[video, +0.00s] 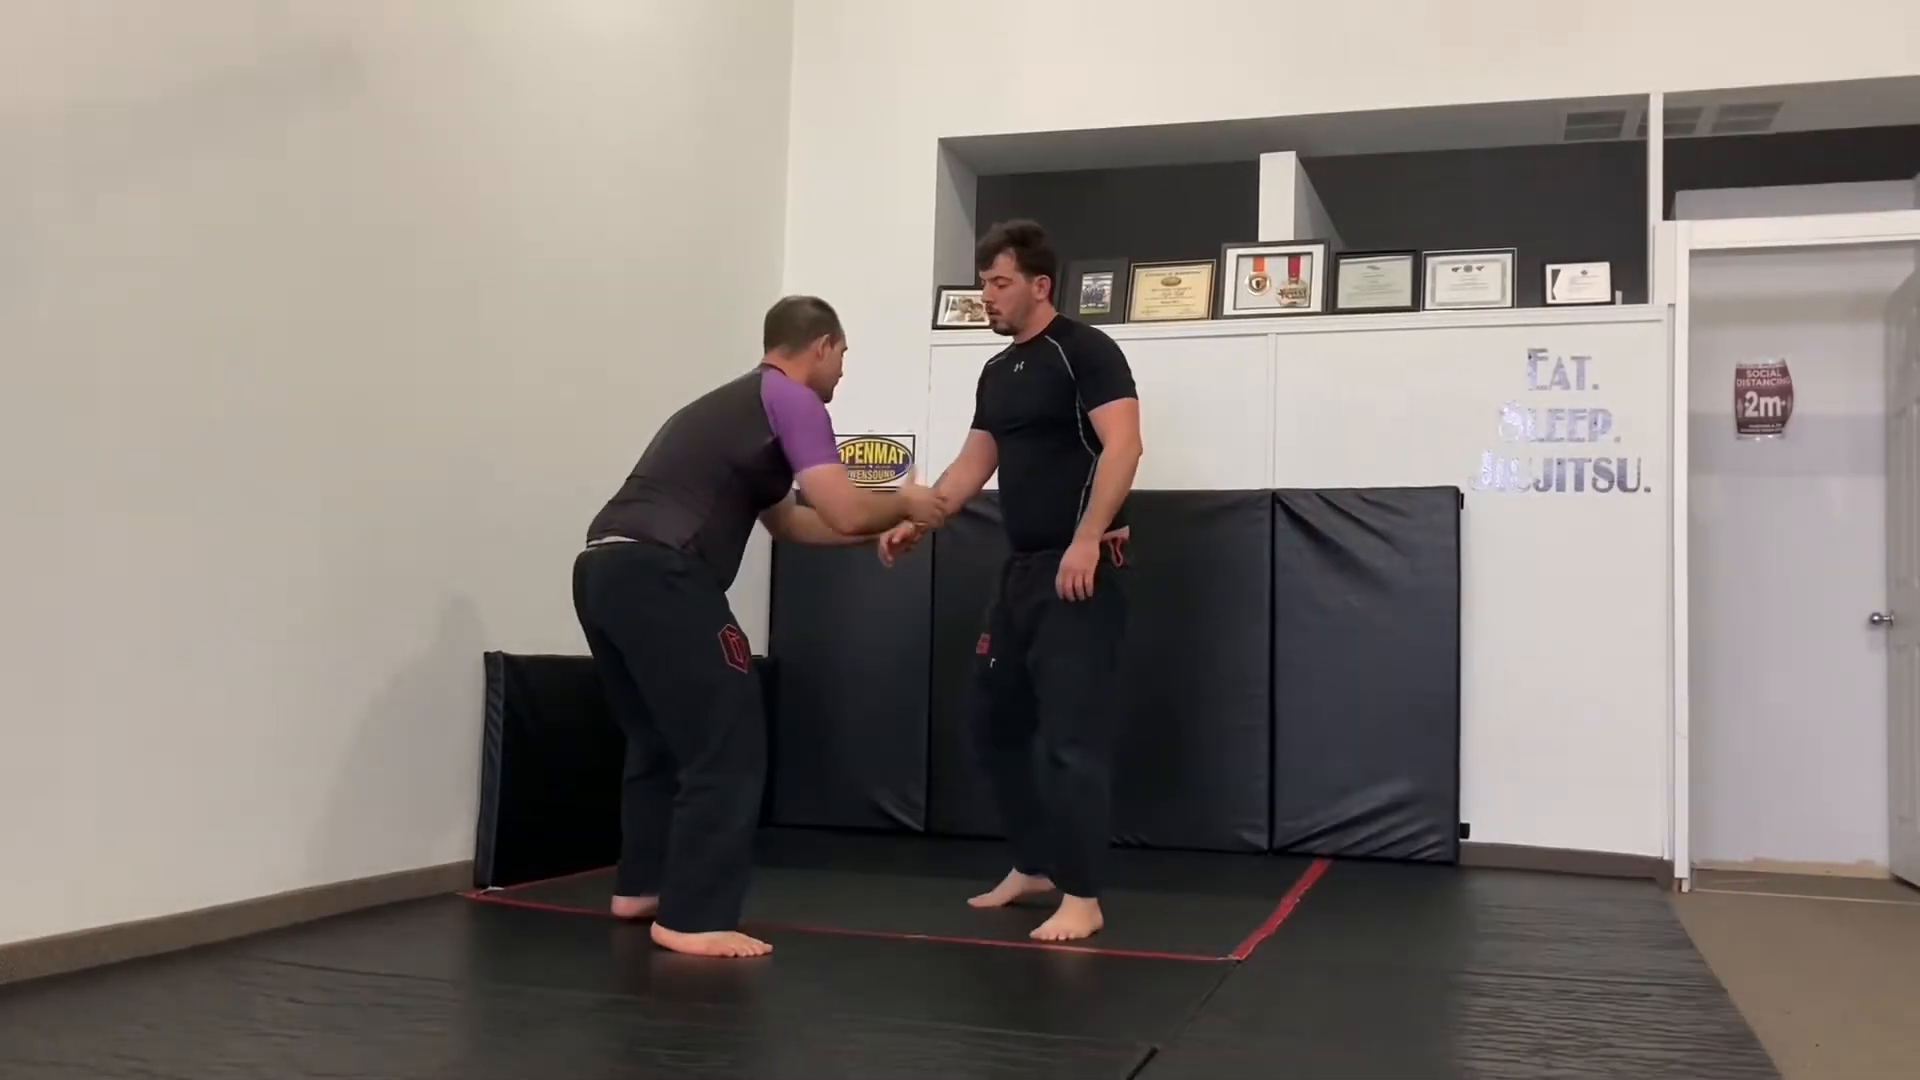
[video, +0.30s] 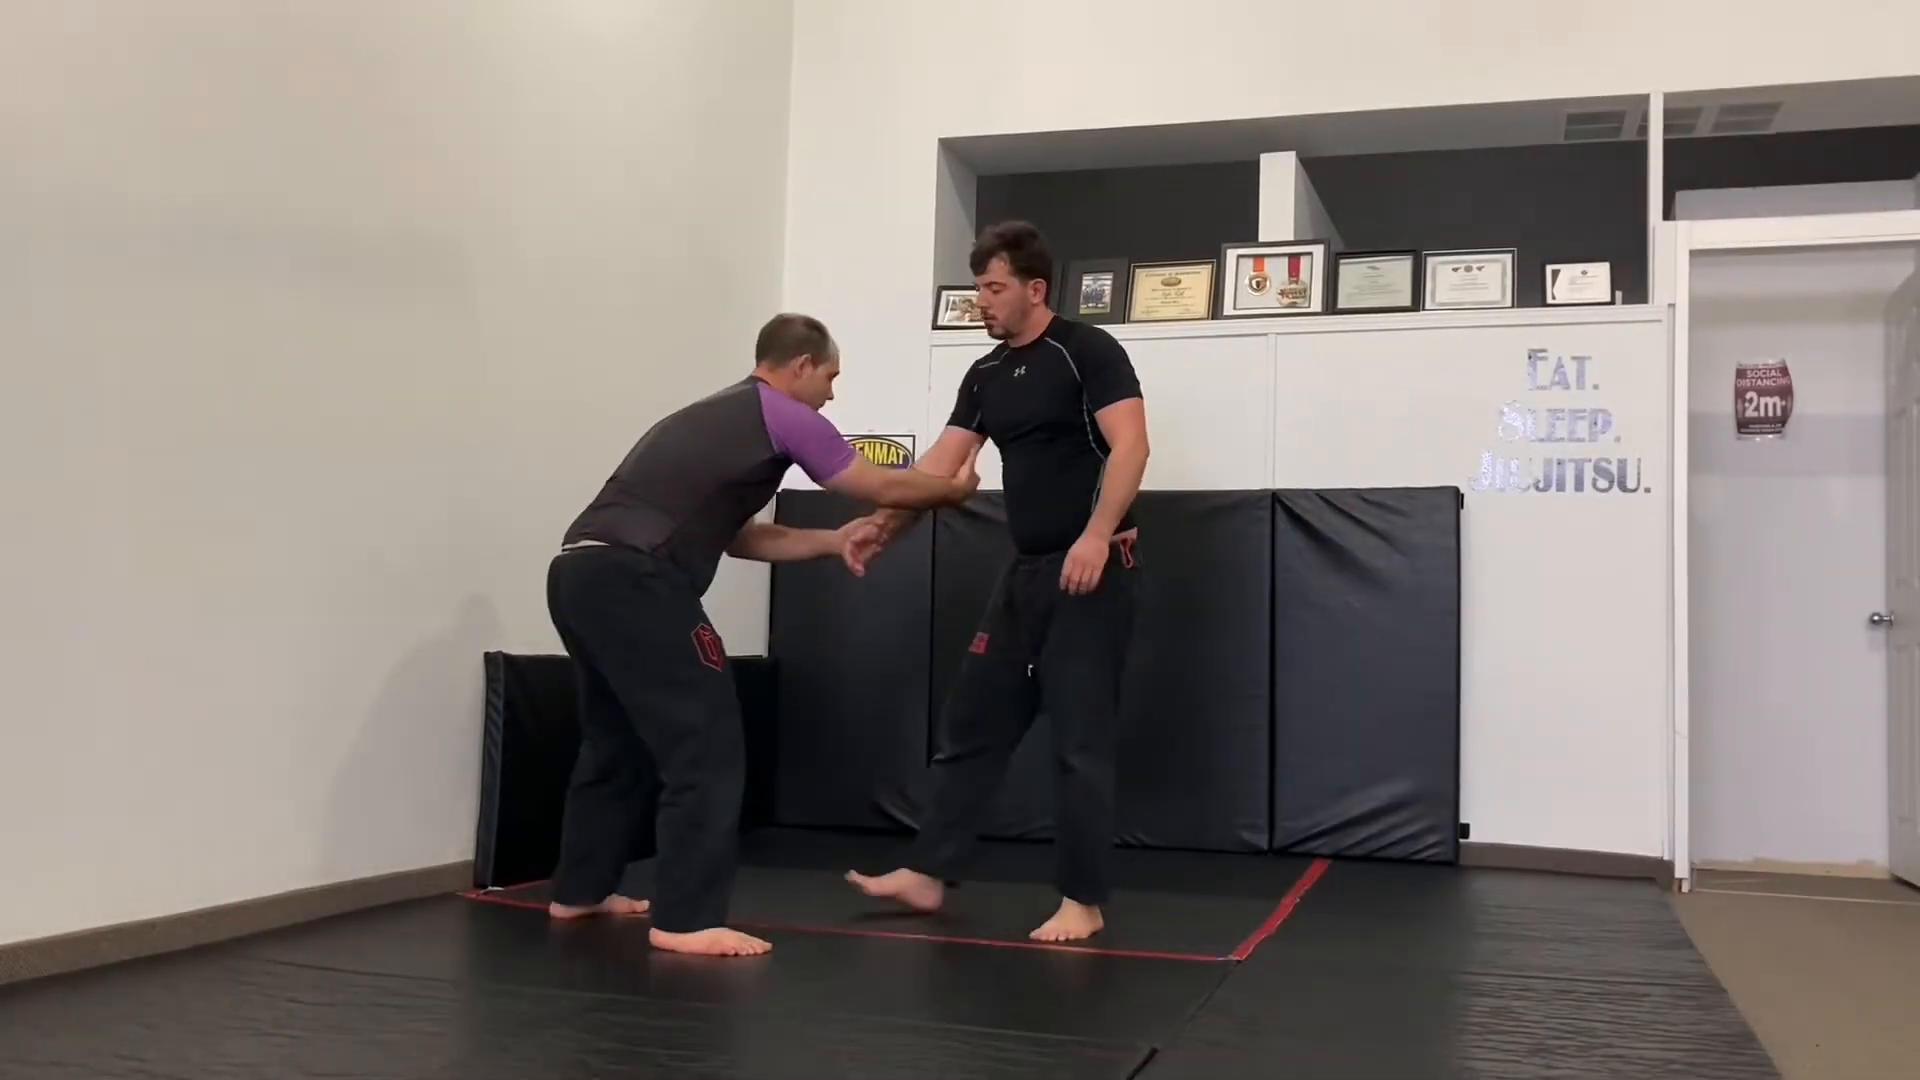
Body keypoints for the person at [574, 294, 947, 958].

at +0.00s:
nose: (841, 369)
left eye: (841, 356)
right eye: (840, 355)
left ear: (776, 349)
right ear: (821, 349)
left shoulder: (735, 403)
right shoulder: (792, 399)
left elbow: (788, 523)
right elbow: (849, 510)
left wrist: (879, 527)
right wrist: (907, 499)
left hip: (602, 571)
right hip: (660, 576)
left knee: (656, 737)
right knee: (729, 738)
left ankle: (639, 886)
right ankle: (694, 919)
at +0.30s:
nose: (831, 393)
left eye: (832, 379)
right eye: (829, 377)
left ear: (769, 367)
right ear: (803, 367)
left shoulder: (718, 415)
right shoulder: (783, 411)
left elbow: (741, 537)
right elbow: (877, 485)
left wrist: (837, 538)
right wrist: (952, 486)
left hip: (579, 574)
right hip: (636, 579)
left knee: (616, 741)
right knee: (707, 739)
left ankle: (581, 892)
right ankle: (687, 920)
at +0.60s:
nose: (871, 453)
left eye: (877, 443)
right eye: (869, 440)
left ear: (822, 420)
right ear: (833, 420)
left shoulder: (761, 450)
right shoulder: (801, 457)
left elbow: (734, 561)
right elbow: (861, 552)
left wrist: (796, 590)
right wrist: (915, 512)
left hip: (594, 579)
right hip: (632, 586)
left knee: (635, 737)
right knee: (709, 726)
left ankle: (587, 885)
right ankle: (668, 886)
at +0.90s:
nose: (931, 550)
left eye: (939, 539)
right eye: (925, 533)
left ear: (894, 502)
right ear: (890, 504)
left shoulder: (868, 528)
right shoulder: (846, 528)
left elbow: (859, 640)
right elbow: (867, 644)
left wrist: (893, 703)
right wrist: (912, 570)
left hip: (732, 623)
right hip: (682, 614)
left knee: (806, 726)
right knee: (750, 747)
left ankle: (810, 859)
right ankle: (672, 895)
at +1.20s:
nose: (988, 632)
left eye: (996, 623)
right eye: (982, 617)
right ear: (949, 589)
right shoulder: (897, 623)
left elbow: (1007, 682)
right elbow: (882, 757)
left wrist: (1032, 739)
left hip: (834, 692)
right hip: (767, 675)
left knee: (937, 746)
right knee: (803, 773)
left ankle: (854, 870)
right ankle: (699, 898)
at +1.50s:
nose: (996, 602)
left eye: (1009, 593)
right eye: (989, 586)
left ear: (1018, 586)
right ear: (960, 562)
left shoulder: (998, 612)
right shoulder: (908, 593)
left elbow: (1017, 708)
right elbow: (880, 713)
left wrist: (983, 685)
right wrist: (931, 785)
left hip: (859, 684)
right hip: (796, 659)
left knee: (947, 729)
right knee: (788, 758)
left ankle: (872, 859)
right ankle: (696, 894)